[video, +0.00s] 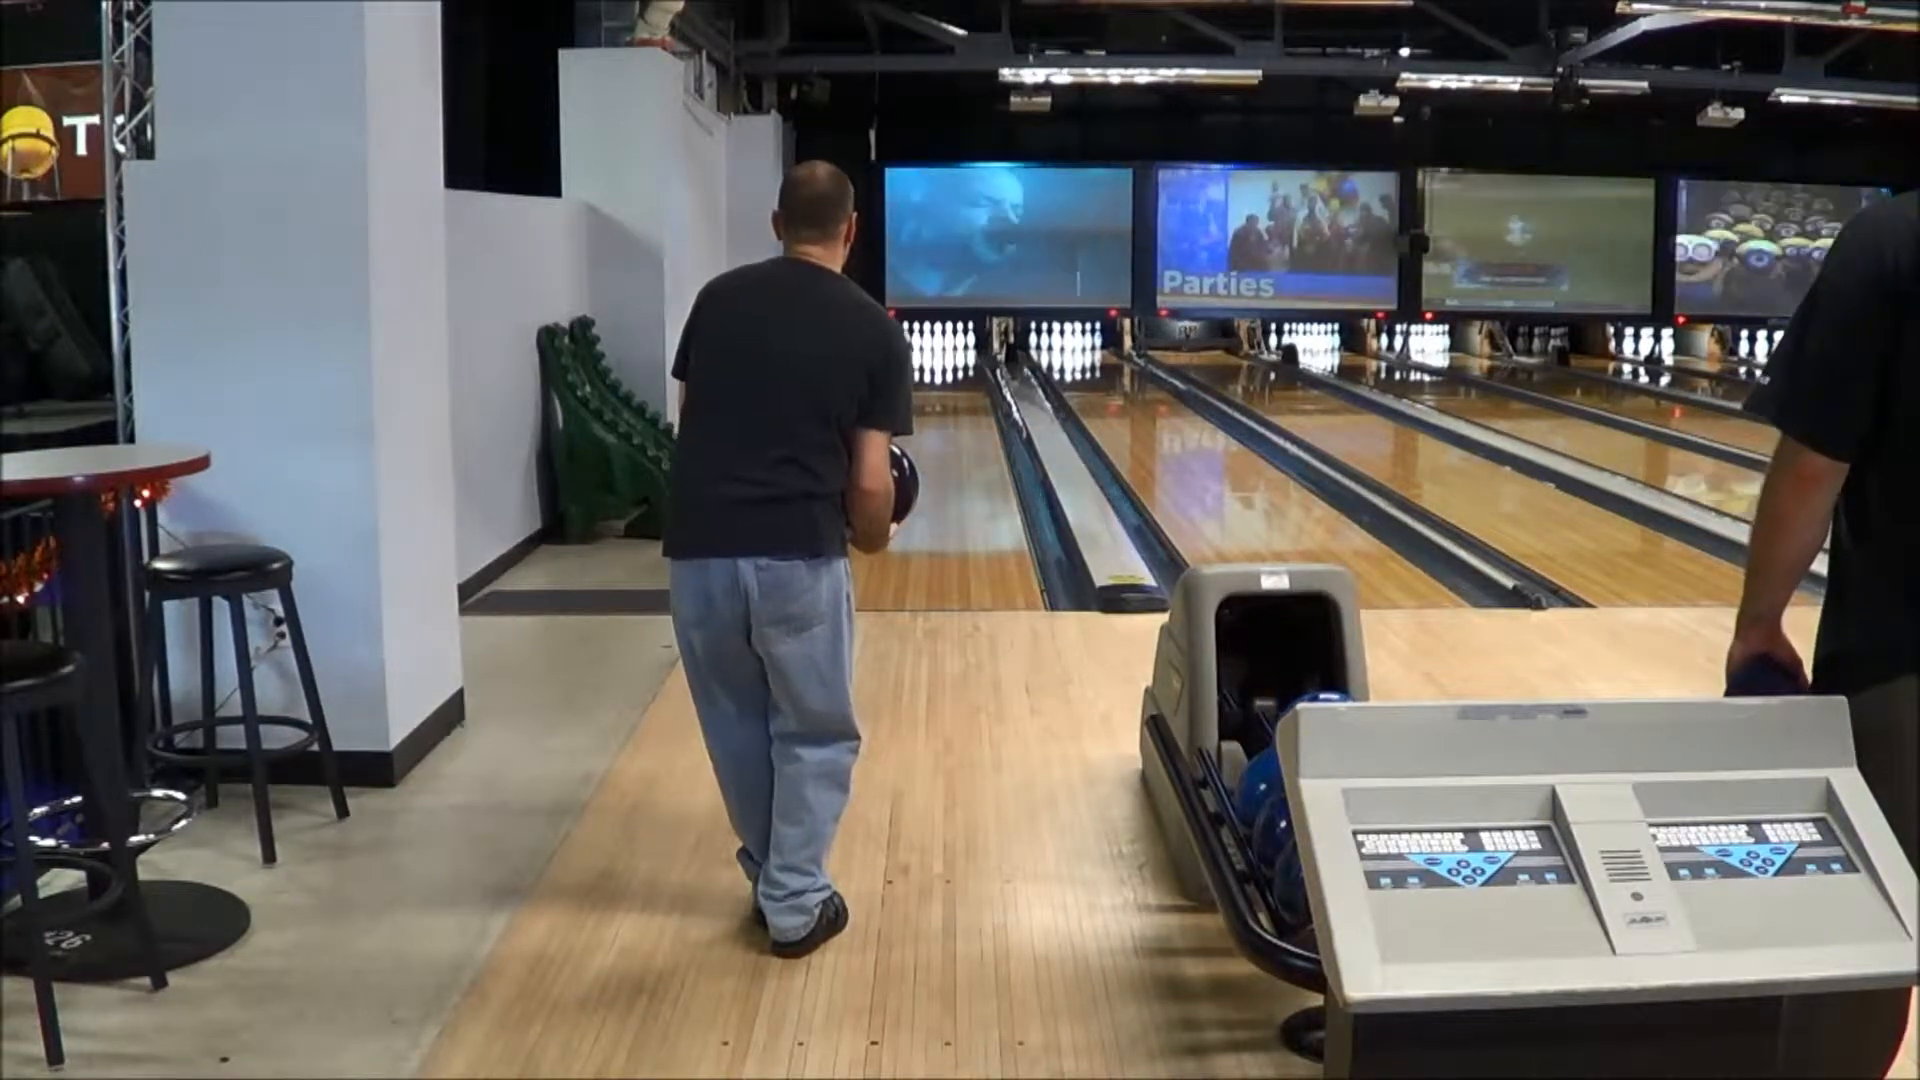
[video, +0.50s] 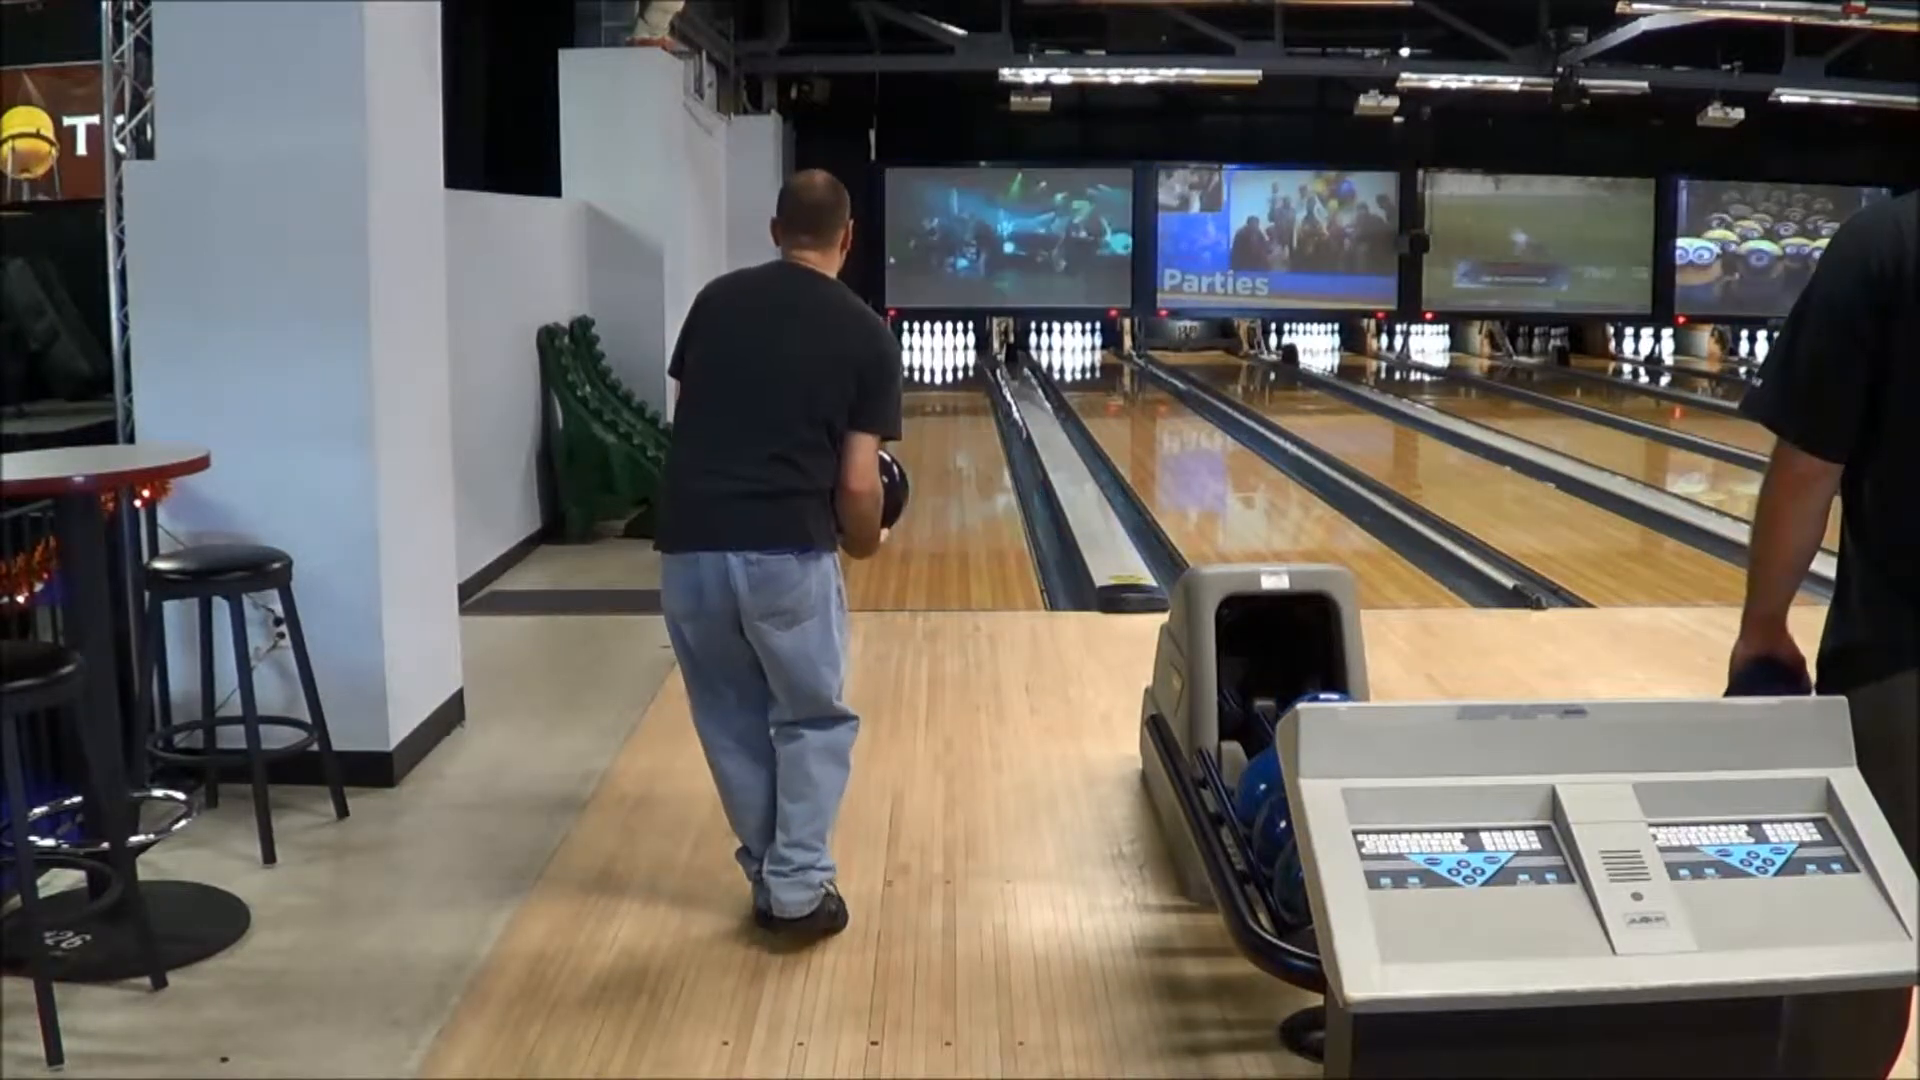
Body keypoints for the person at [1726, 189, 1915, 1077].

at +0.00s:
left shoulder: (1890, 241)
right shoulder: (1886, 241)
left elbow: (1813, 460)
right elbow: (1814, 460)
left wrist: (1759, 623)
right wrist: (1763, 624)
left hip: (1893, 671)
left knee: (1869, 936)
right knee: (1864, 933)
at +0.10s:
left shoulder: (1888, 239)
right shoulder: (1884, 239)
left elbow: (1811, 464)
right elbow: (1811, 464)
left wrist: (1760, 627)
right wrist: (1764, 628)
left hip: (1889, 671)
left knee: (1866, 937)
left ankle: (1833, 1065)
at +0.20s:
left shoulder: (1888, 240)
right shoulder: (1884, 240)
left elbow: (1809, 463)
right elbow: (1809, 464)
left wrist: (1760, 627)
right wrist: (1763, 628)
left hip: (1892, 666)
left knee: (1867, 934)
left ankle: (1836, 1065)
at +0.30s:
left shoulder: (1886, 241)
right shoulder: (1882, 241)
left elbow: (1810, 461)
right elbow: (1810, 462)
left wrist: (1760, 626)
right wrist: (1764, 627)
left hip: (1891, 667)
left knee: (1867, 935)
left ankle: (1837, 1064)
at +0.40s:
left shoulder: (1886, 241)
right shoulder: (1883, 241)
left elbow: (1810, 457)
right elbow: (1810, 458)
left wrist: (1762, 622)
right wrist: (1766, 623)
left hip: (1891, 665)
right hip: (1883, 659)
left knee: (1866, 932)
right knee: (1862, 930)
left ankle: (1837, 1063)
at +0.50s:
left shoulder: (1884, 243)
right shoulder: (1881, 244)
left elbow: (1809, 456)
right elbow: (1809, 457)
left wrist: (1765, 621)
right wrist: (1768, 622)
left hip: (1890, 667)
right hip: (1883, 660)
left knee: (1866, 934)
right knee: (1862, 933)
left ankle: (1838, 1062)